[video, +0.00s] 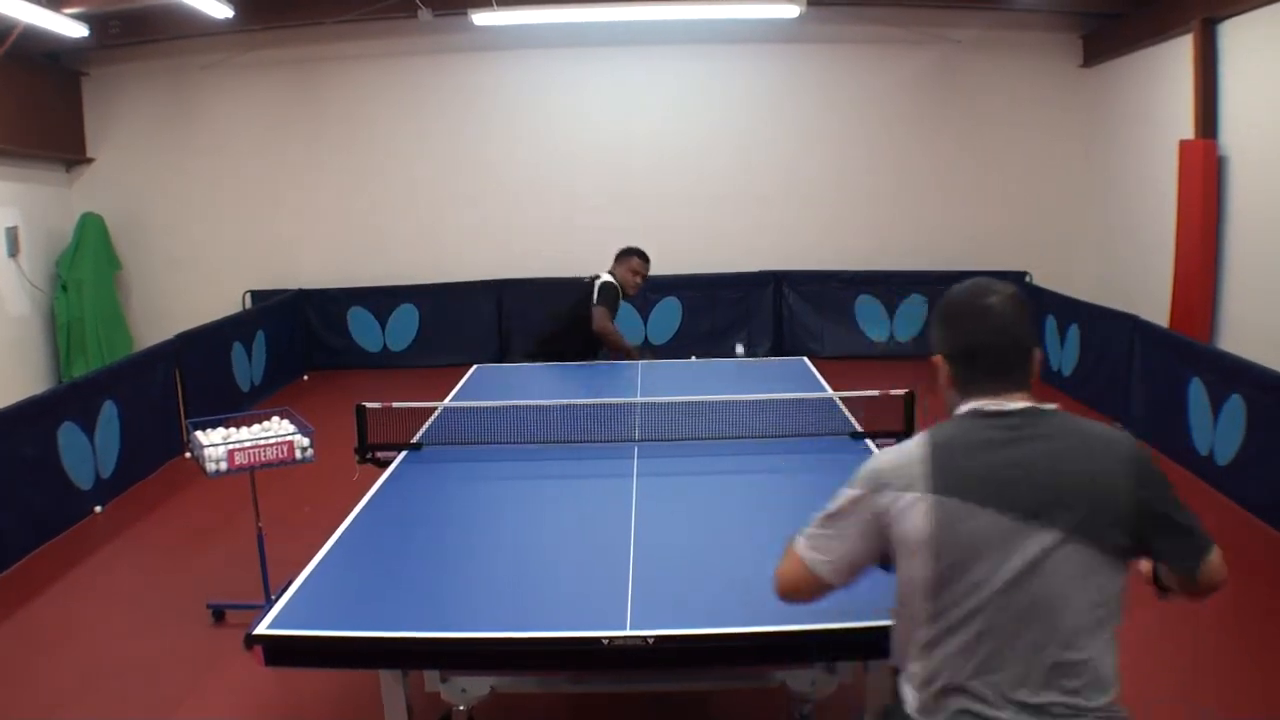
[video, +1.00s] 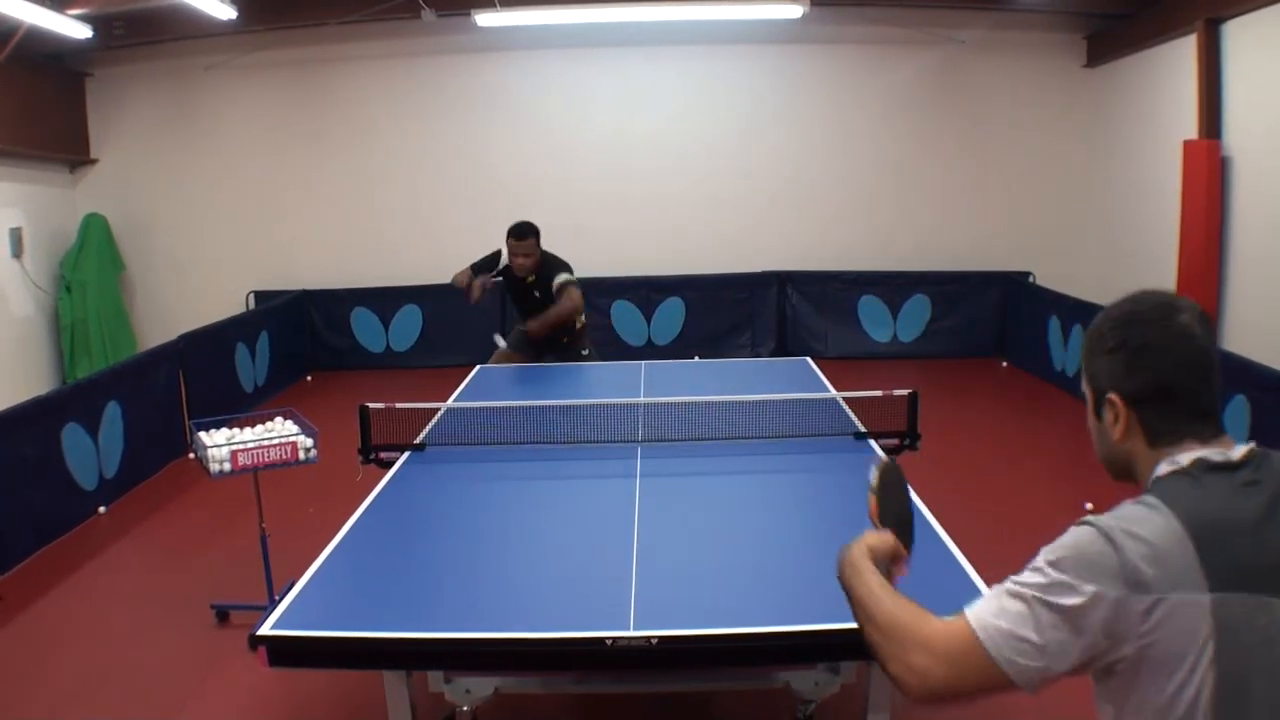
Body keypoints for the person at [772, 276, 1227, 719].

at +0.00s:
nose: (931, 370)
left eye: (933, 359)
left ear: (942, 369)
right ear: (1036, 363)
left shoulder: (901, 469)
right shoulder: (1117, 458)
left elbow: (791, 581)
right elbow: (1208, 574)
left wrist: (878, 535)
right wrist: (1158, 570)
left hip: (948, 705)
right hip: (1081, 705)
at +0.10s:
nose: (980, 344)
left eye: (980, 332)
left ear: (990, 339)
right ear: (1082, 332)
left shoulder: (966, 443)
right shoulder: (1166, 423)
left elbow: (838, 578)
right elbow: (1242, 534)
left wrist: (847, 528)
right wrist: (1145, 527)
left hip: (1016, 706)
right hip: (1154, 704)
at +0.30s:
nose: (1012, 328)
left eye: (1012, 315)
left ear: (1024, 324)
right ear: (1121, 312)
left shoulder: (1005, 428)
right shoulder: (1226, 410)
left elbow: (904, 620)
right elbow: (1266, 565)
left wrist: (877, 598)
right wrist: (1180, 567)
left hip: (1067, 707)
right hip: (1223, 703)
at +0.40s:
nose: (1022, 407)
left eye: (1021, 391)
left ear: (1035, 397)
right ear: (1138, 383)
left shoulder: (1020, 522)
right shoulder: (1245, 484)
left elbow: (919, 698)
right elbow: (1264, 642)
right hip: (1243, 710)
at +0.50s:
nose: (1028, 482)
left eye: (1024, 467)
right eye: (1022, 468)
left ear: (1040, 470)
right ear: (1135, 442)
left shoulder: (1036, 597)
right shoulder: (1255, 508)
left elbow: (950, 714)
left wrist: (933, 694)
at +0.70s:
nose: (1039, 475)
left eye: (1037, 457)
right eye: (1037, 456)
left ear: (1054, 461)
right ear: (1143, 429)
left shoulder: (1056, 572)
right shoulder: (1266, 484)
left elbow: (903, 625)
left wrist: (831, 561)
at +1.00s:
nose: (1089, 420)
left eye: (1088, 402)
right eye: (1087, 401)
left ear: (1117, 415)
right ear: (1210, 395)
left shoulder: (1125, 550)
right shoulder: (1270, 479)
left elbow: (928, 667)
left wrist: (856, 564)